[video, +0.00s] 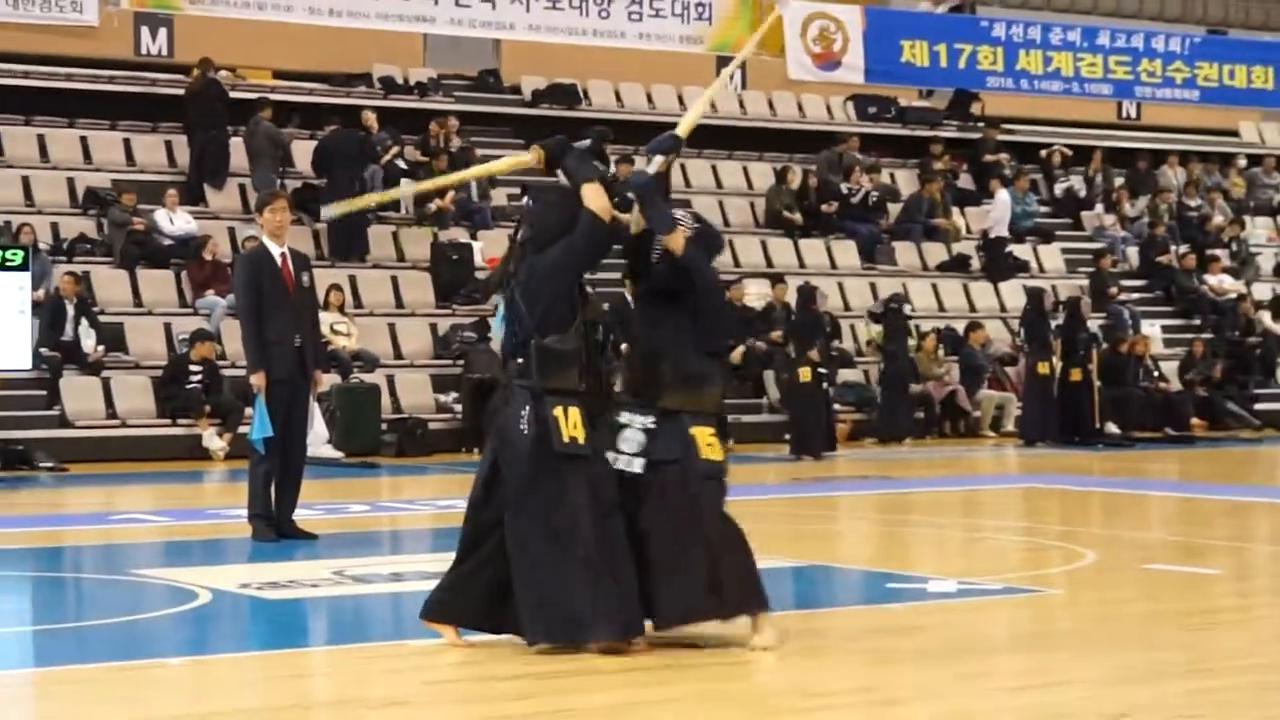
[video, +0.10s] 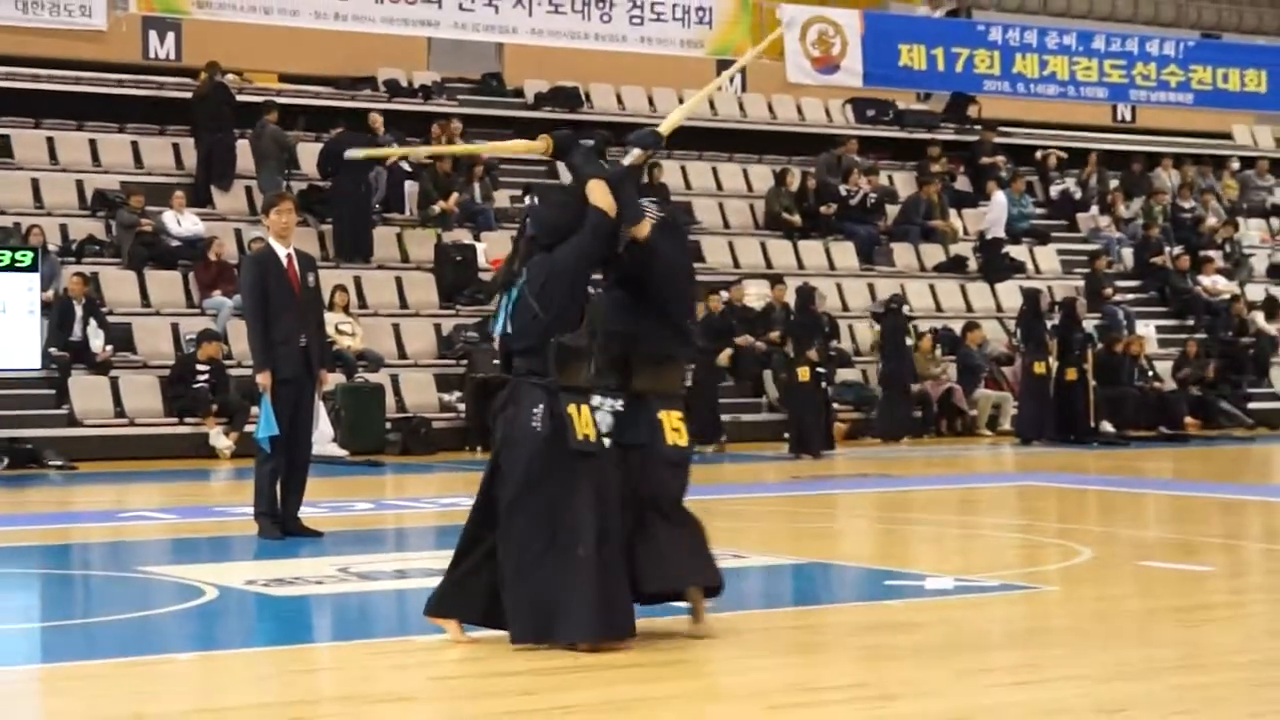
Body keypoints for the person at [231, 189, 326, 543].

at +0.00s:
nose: (279, 217)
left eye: (284, 211)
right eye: (272, 212)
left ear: (291, 216)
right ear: (260, 218)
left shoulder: (301, 260)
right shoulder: (249, 260)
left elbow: (311, 315)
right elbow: (247, 318)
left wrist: (316, 363)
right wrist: (255, 367)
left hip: (301, 363)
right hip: (269, 364)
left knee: (294, 445)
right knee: (266, 446)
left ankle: (285, 517)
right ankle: (260, 520)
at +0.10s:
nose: (286, 219)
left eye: (290, 213)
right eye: (278, 213)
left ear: (297, 218)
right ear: (266, 219)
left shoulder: (307, 261)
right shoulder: (255, 261)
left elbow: (317, 316)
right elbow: (254, 318)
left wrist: (322, 363)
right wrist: (261, 366)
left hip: (307, 362)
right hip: (275, 364)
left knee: (300, 444)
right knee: (272, 444)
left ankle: (290, 515)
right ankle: (266, 517)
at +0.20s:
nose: (292, 221)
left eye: (296, 215)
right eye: (285, 216)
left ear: (303, 220)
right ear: (273, 221)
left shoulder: (313, 262)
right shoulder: (263, 261)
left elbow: (323, 315)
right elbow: (261, 317)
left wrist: (328, 362)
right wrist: (269, 365)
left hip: (313, 361)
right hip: (283, 363)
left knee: (307, 442)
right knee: (280, 442)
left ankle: (297, 511)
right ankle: (274, 513)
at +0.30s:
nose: (304, 225)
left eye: (308, 219)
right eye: (297, 220)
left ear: (314, 224)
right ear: (286, 226)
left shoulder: (324, 265)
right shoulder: (274, 265)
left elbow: (333, 317)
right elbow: (273, 318)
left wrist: (337, 362)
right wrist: (280, 364)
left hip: (323, 362)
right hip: (293, 363)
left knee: (317, 438)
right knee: (291, 439)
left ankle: (308, 506)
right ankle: (285, 509)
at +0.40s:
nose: (310, 227)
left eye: (314, 222)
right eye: (304, 222)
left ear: (321, 226)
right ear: (293, 228)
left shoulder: (331, 267)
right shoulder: (281, 266)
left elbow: (339, 318)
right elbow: (279, 318)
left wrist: (342, 362)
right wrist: (286, 364)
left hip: (328, 360)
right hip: (298, 362)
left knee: (322, 436)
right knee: (296, 436)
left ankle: (314, 504)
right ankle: (292, 506)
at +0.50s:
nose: (312, 228)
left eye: (316, 223)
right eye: (306, 223)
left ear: (323, 227)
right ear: (296, 229)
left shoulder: (333, 267)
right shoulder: (284, 267)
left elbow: (339, 318)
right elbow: (280, 319)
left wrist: (341, 362)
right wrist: (284, 363)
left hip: (326, 361)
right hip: (297, 362)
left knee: (322, 436)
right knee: (295, 435)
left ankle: (316, 503)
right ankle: (291, 505)